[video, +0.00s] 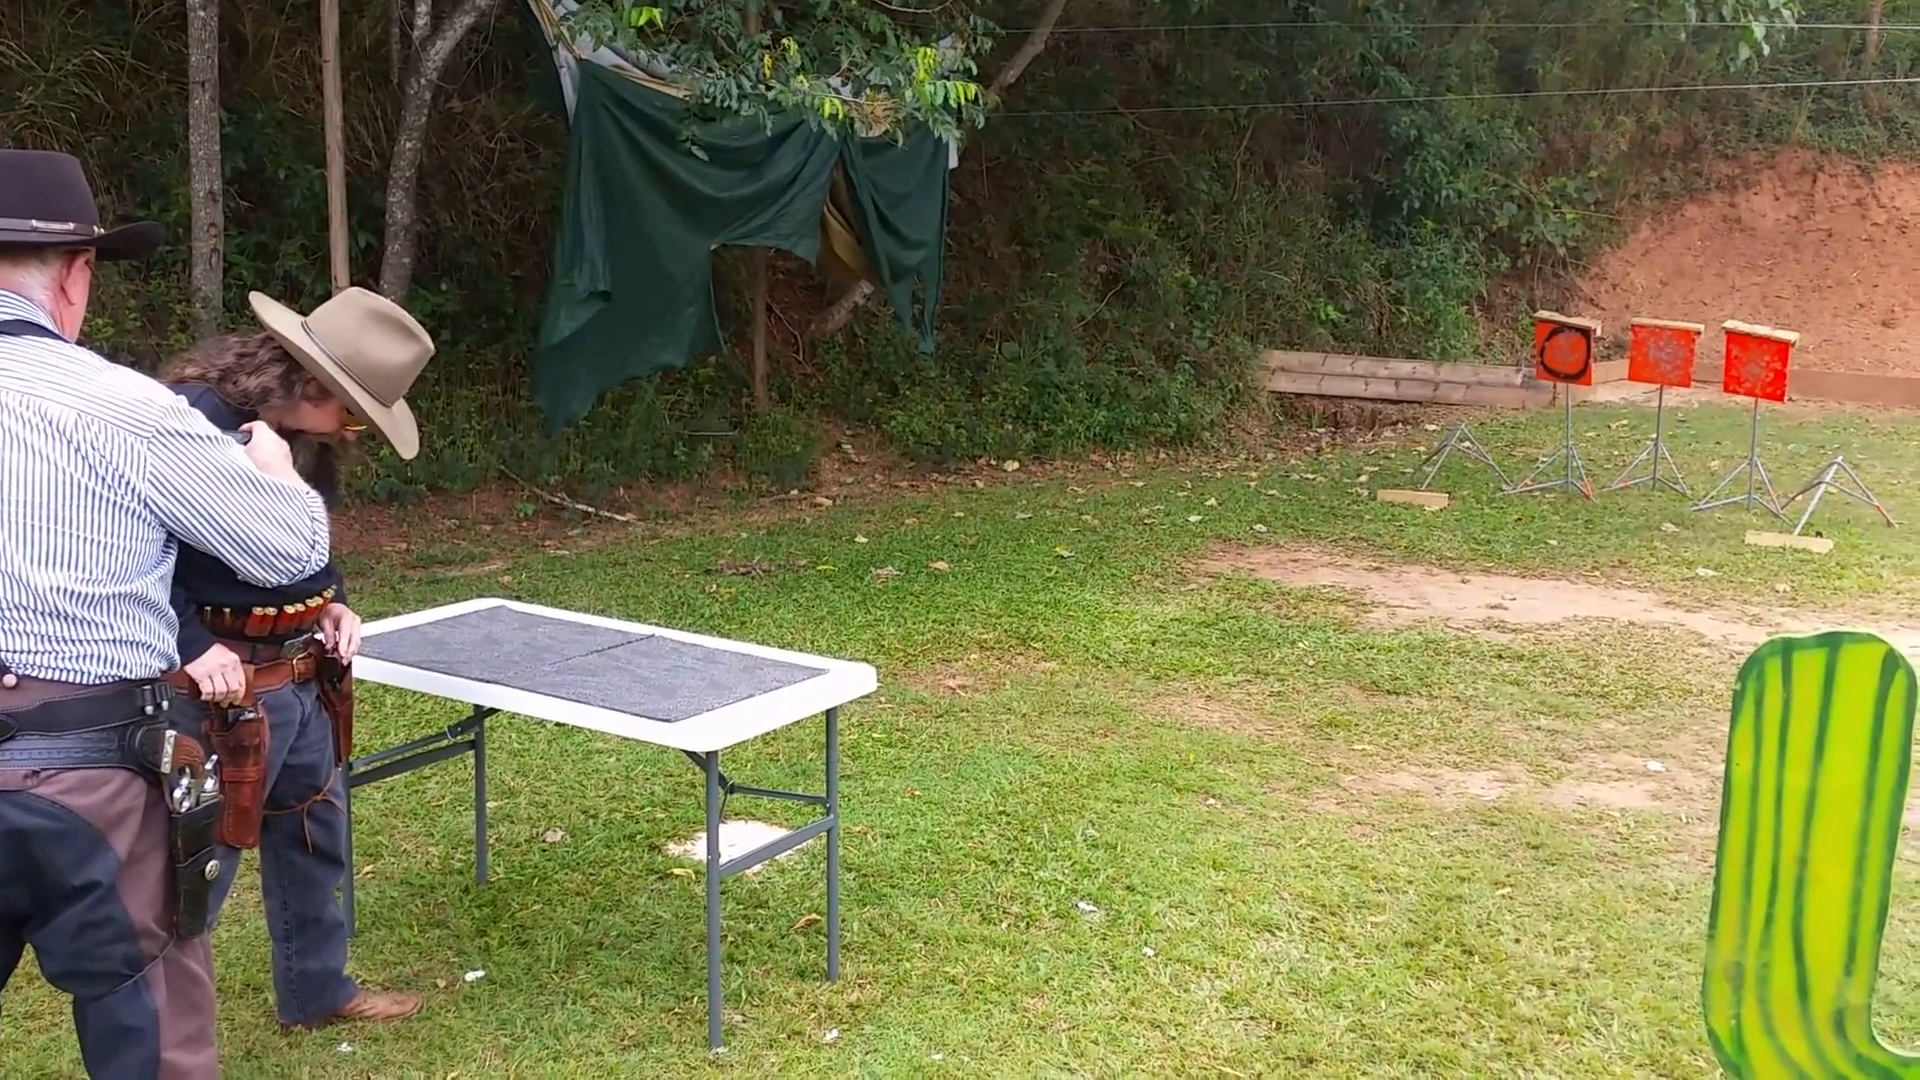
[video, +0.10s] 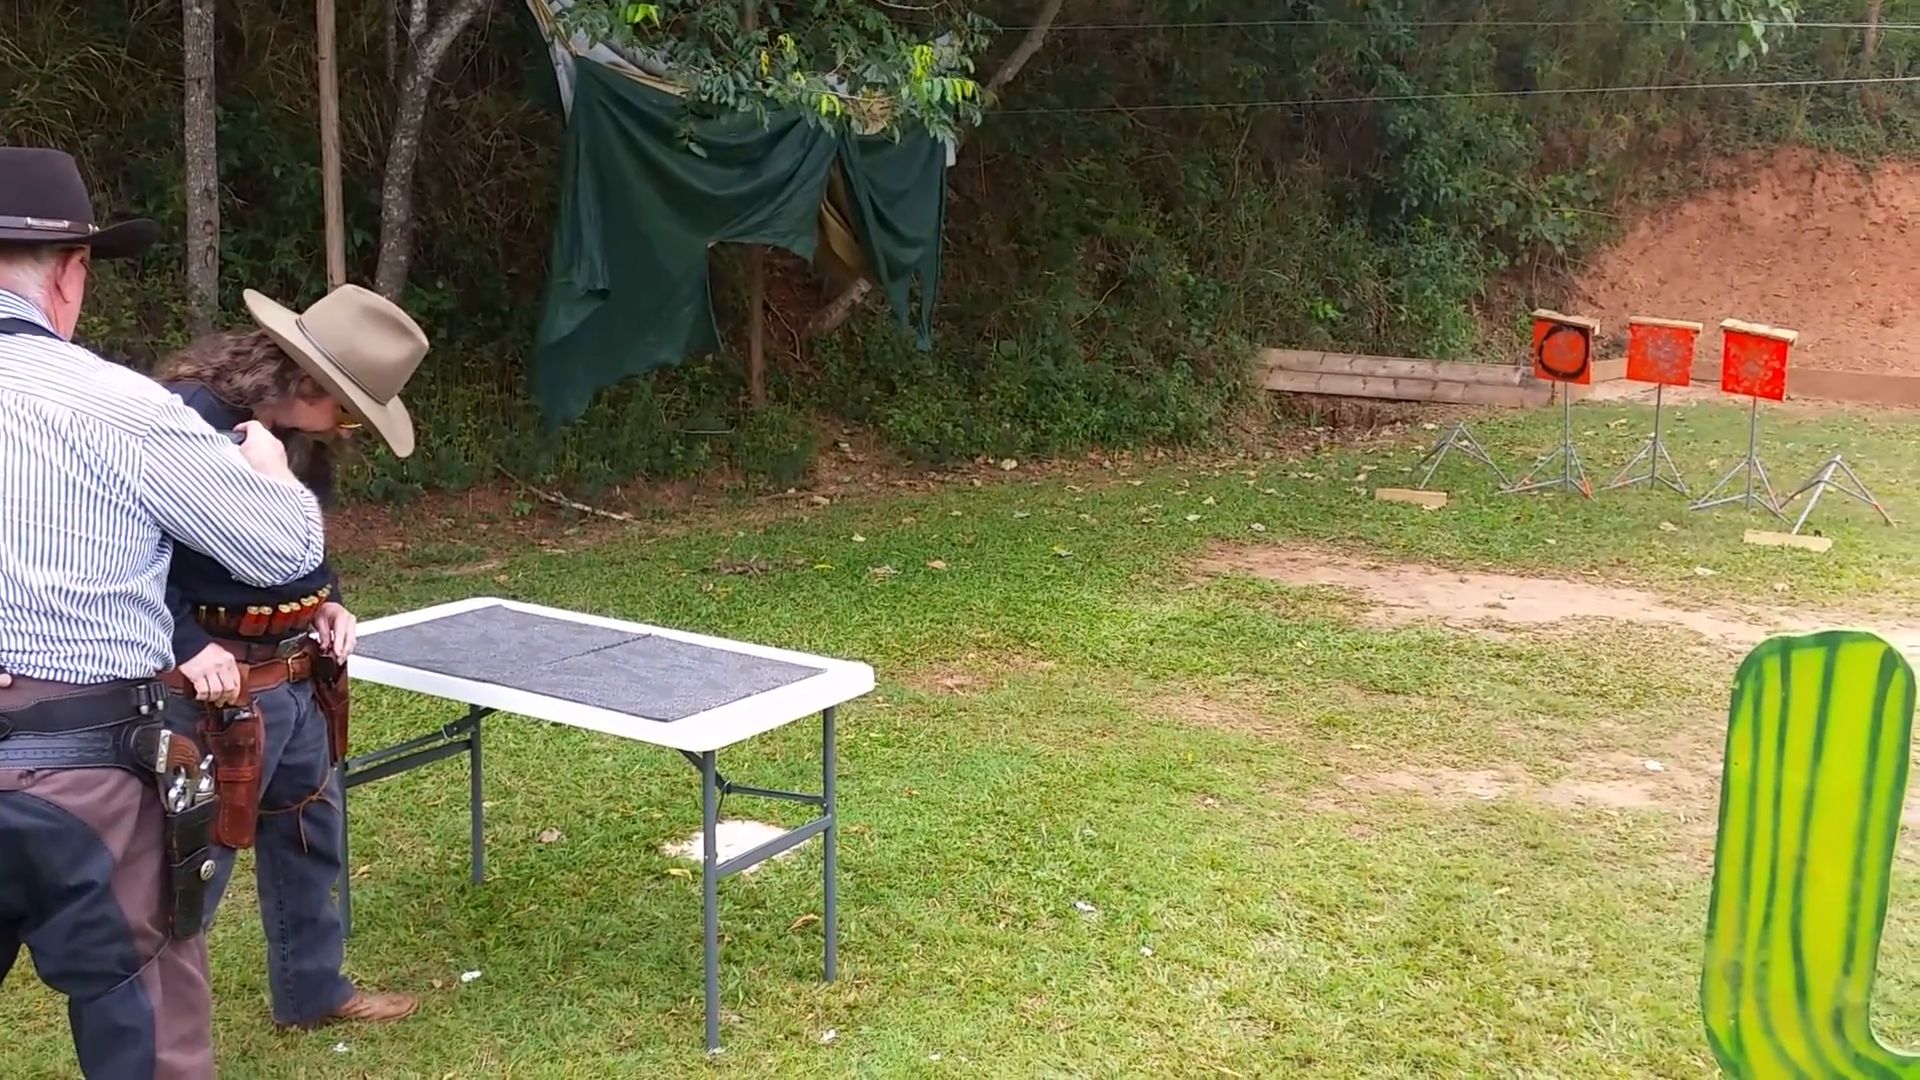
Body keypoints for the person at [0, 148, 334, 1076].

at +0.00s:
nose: (90, 290)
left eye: (89, 267)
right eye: (91, 267)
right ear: (73, 273)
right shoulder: (123, 412)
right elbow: (297, 548)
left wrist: (184, 646)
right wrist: (270, 461)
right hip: (85, 762)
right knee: (157, 1030)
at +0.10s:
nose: (86, 288)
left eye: (84, 265)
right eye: (85, 266)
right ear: (67, 273)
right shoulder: (117, 410)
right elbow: (291, 549)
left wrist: (175, 647)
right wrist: (262, 457)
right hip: (78, 761)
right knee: (152, 1033)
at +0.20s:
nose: (82, 284)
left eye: (80, 262)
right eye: (81, 263)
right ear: (64, 270)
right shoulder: (115, 408)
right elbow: (288, 551)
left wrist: (176, 645)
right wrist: (264, 465)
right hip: (76, 756)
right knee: (150, 1022)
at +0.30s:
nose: (76, 282)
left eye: (74, 259)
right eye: (75, 260)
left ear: (13, 268)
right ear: (58, 269)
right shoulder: (106, 402)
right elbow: (285, 559)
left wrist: (171, 637)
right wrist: (264, 479)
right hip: (67, 749)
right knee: (145, 1017)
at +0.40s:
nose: (65, 279)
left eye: (63, 256)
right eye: (65, 257)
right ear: (50, 266)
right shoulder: (112, 403)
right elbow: (269, 577)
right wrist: (253, 491)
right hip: (62, 750)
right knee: (139, 1022)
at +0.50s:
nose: (52, 277)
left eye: (50, 255)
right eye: (51, 254)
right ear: (37, 263)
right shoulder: (108, 400)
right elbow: (248, 597)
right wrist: (237, 508)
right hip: (62, 747)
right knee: (140, 1016)